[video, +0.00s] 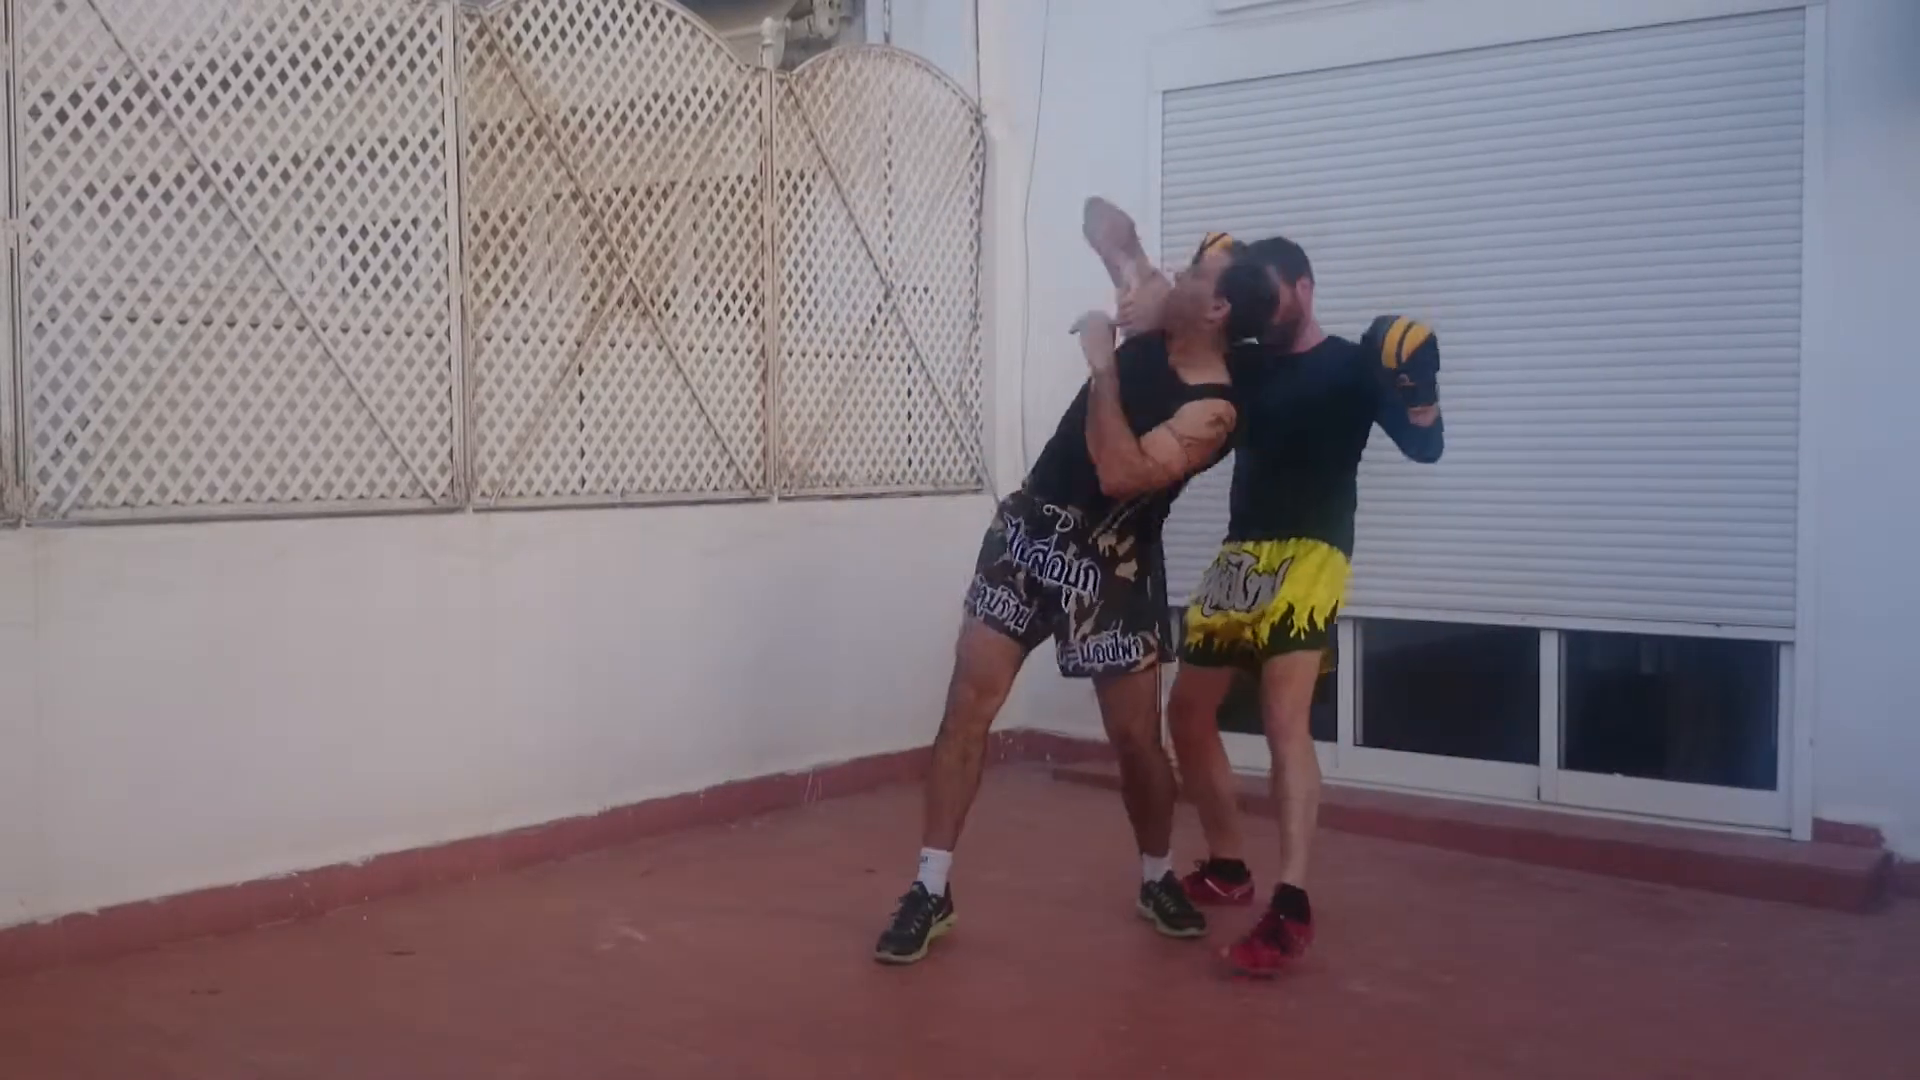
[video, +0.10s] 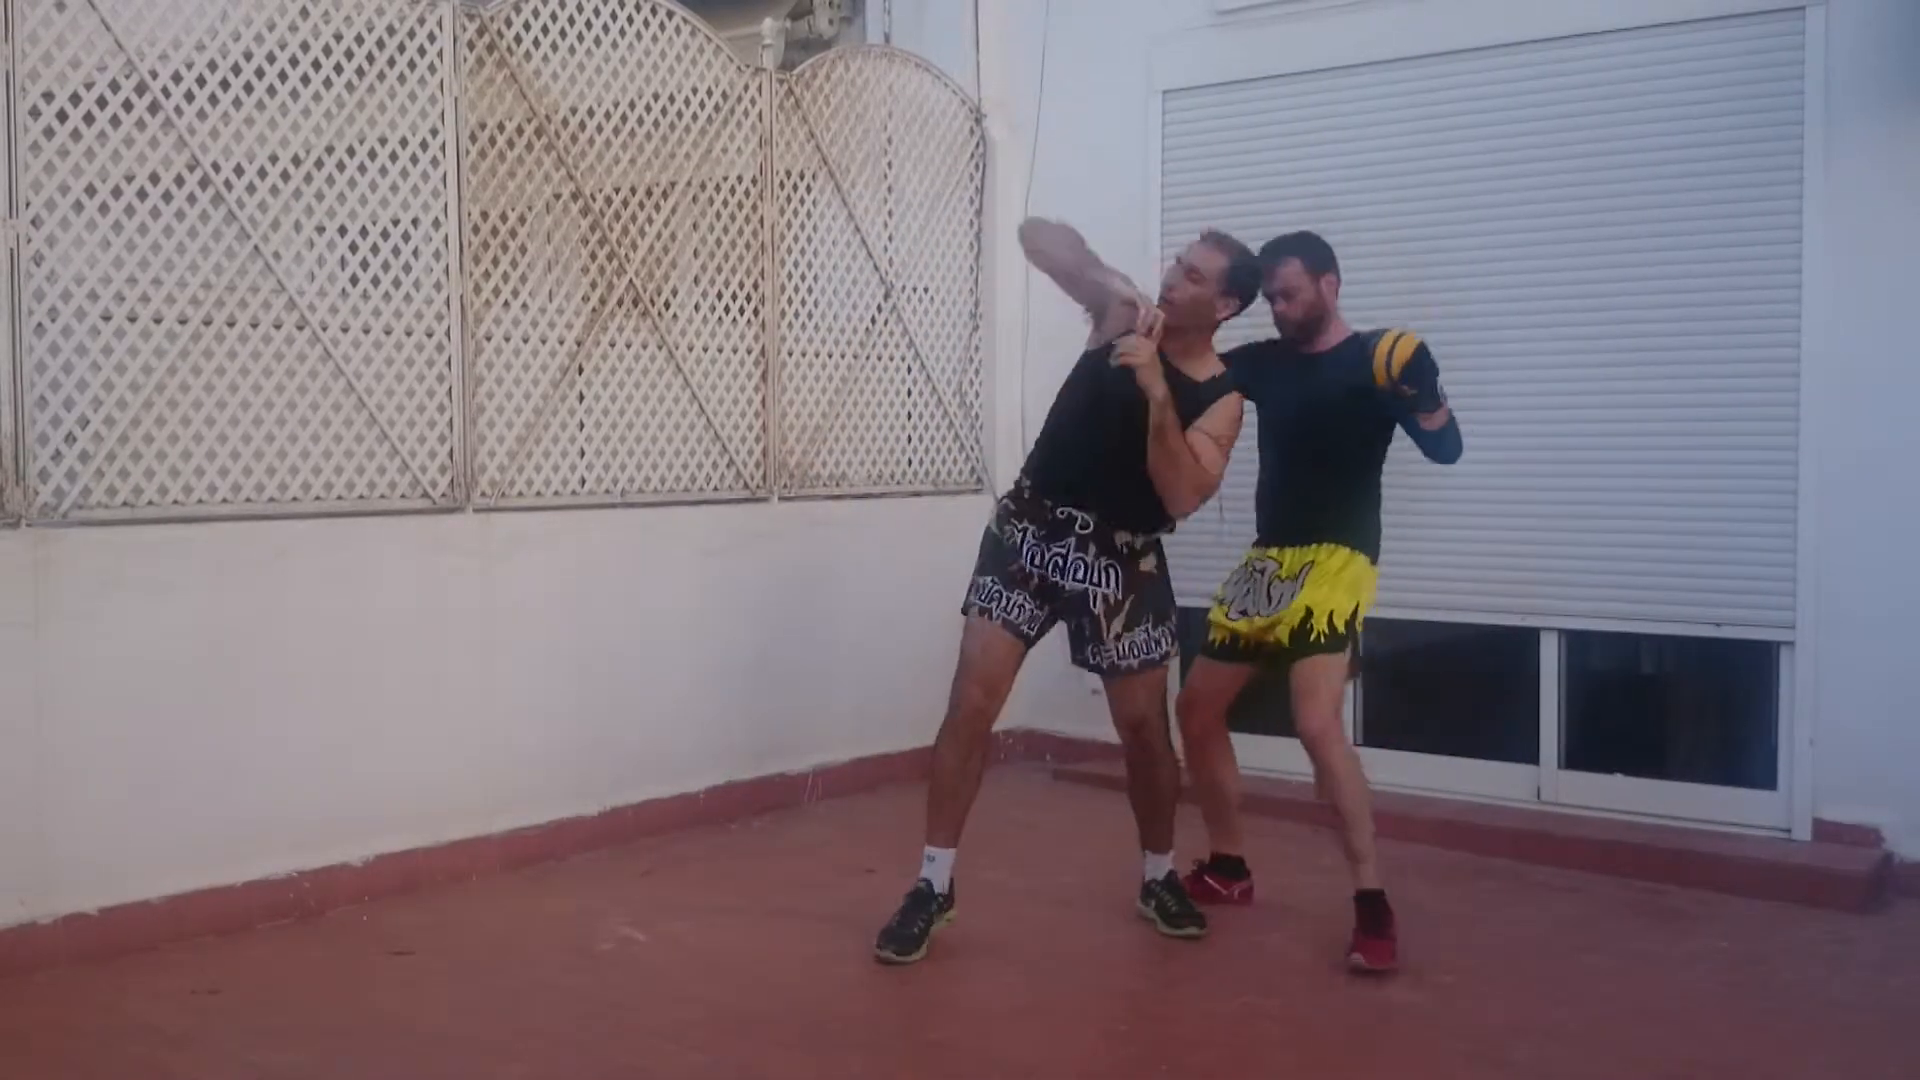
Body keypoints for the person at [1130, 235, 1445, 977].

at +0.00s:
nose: (1261, 309)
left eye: (1272, 292)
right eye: (1252, 297)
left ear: (1304, 288)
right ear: (1246, 305)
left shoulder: (1358, 362)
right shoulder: (1245, 366)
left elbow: (1424, 448)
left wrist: (1418, 388)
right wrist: (1205, 299)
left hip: (1310, 551)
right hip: (1241, 549)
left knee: (1285, 718)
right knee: (1189, 714)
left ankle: (1292, 902)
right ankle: (1227, 864)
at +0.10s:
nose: (1277, 309)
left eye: (1287, 295)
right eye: (1270, 298)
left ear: (1329, 286)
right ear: (1266, 300)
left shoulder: (1380, 360)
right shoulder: (1262, 361)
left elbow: (1446, 450)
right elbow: (1183, 393)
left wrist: (1424, 398)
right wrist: (1141, 338)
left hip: (1337, 557)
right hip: (1267, 556)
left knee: (1316, 722)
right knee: (1198, 711)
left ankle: (1370, 903)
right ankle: (1227, 866)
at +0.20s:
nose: (1309, 305)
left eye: (1321, 291)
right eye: (1304, 294)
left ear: (1365, 289)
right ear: (1306, 297)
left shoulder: (1407, 372)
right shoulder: (1299, 368)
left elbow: (1478, 459)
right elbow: (1215, 385)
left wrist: (1441, 428)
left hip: (1369, 578)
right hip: (1303, 571)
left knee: (1366, 743)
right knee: (1218, 706)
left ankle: (1474, 896)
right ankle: (1226, 865)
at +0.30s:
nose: (1345, 290)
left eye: (1356, 276)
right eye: (1341, 278)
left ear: (1405, 276)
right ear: (1354, 284)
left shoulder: (1450, 357)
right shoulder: (1361, 357)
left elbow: (1522, 442)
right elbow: (1313, 421)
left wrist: (1449, 433)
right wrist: (1249, 382)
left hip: (1425, 577)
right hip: (1350, 569)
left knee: (1433, 754)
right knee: (1287, 718)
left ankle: (1530, 906)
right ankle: (1239, 866)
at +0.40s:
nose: (1386, 284)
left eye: (1399, 270)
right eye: (1386, 272)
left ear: (1449, 272)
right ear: (1423, 279)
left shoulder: (1504, 354)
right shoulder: (1419, 363)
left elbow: (1557, 454)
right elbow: (1428, 454)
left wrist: (1480, 477)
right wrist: (1375, 456)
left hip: (1491, 577)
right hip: (1418, 566)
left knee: (1473, 762)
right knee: (1355, 719)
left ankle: (1530, 913)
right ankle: (1324, 869)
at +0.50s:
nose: (1436, 287)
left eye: (1447, 271)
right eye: (1434, 274)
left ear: (1497, 271)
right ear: (1485, 276)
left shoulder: (1556, 357)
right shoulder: (1489, 363)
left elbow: (1579, 484)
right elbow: (1497, 472)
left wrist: (1476, 506)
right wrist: (1434, 476)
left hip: (1542, 578)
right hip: (1480, 570)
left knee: (1491, 754)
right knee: (1417, 717)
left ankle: (1534, 916)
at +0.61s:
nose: (1493, 291)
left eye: (1500, 274)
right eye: (1490, 277)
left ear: (1550, 264)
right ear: (1549, 269)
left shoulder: (1593, 350)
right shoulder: (1584, 345)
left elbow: (1578, 476)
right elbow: (1561, 461)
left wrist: (1472, 455)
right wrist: (1478, 438)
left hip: (1575, 573)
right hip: (1586, 569)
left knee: (1525, 743)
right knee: (1542, 738)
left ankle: (1537, 915)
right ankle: (1657, 875)